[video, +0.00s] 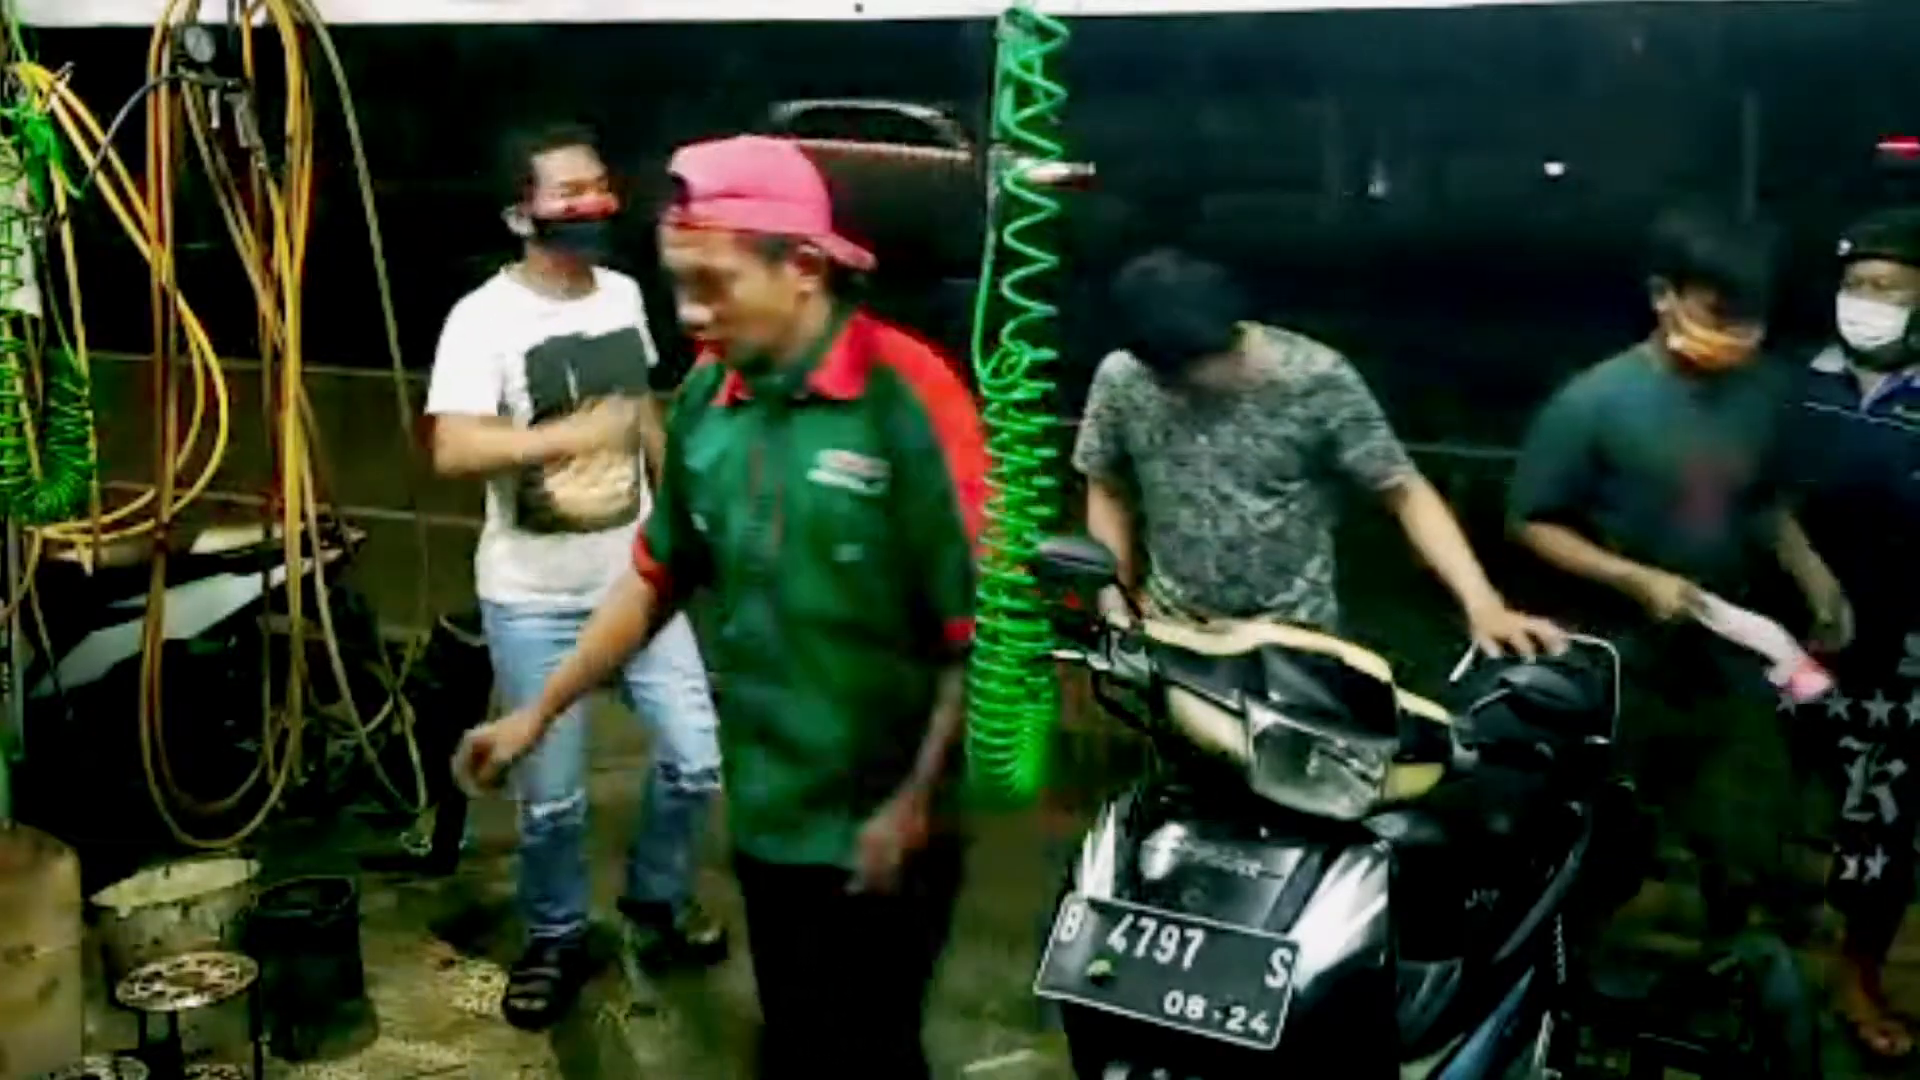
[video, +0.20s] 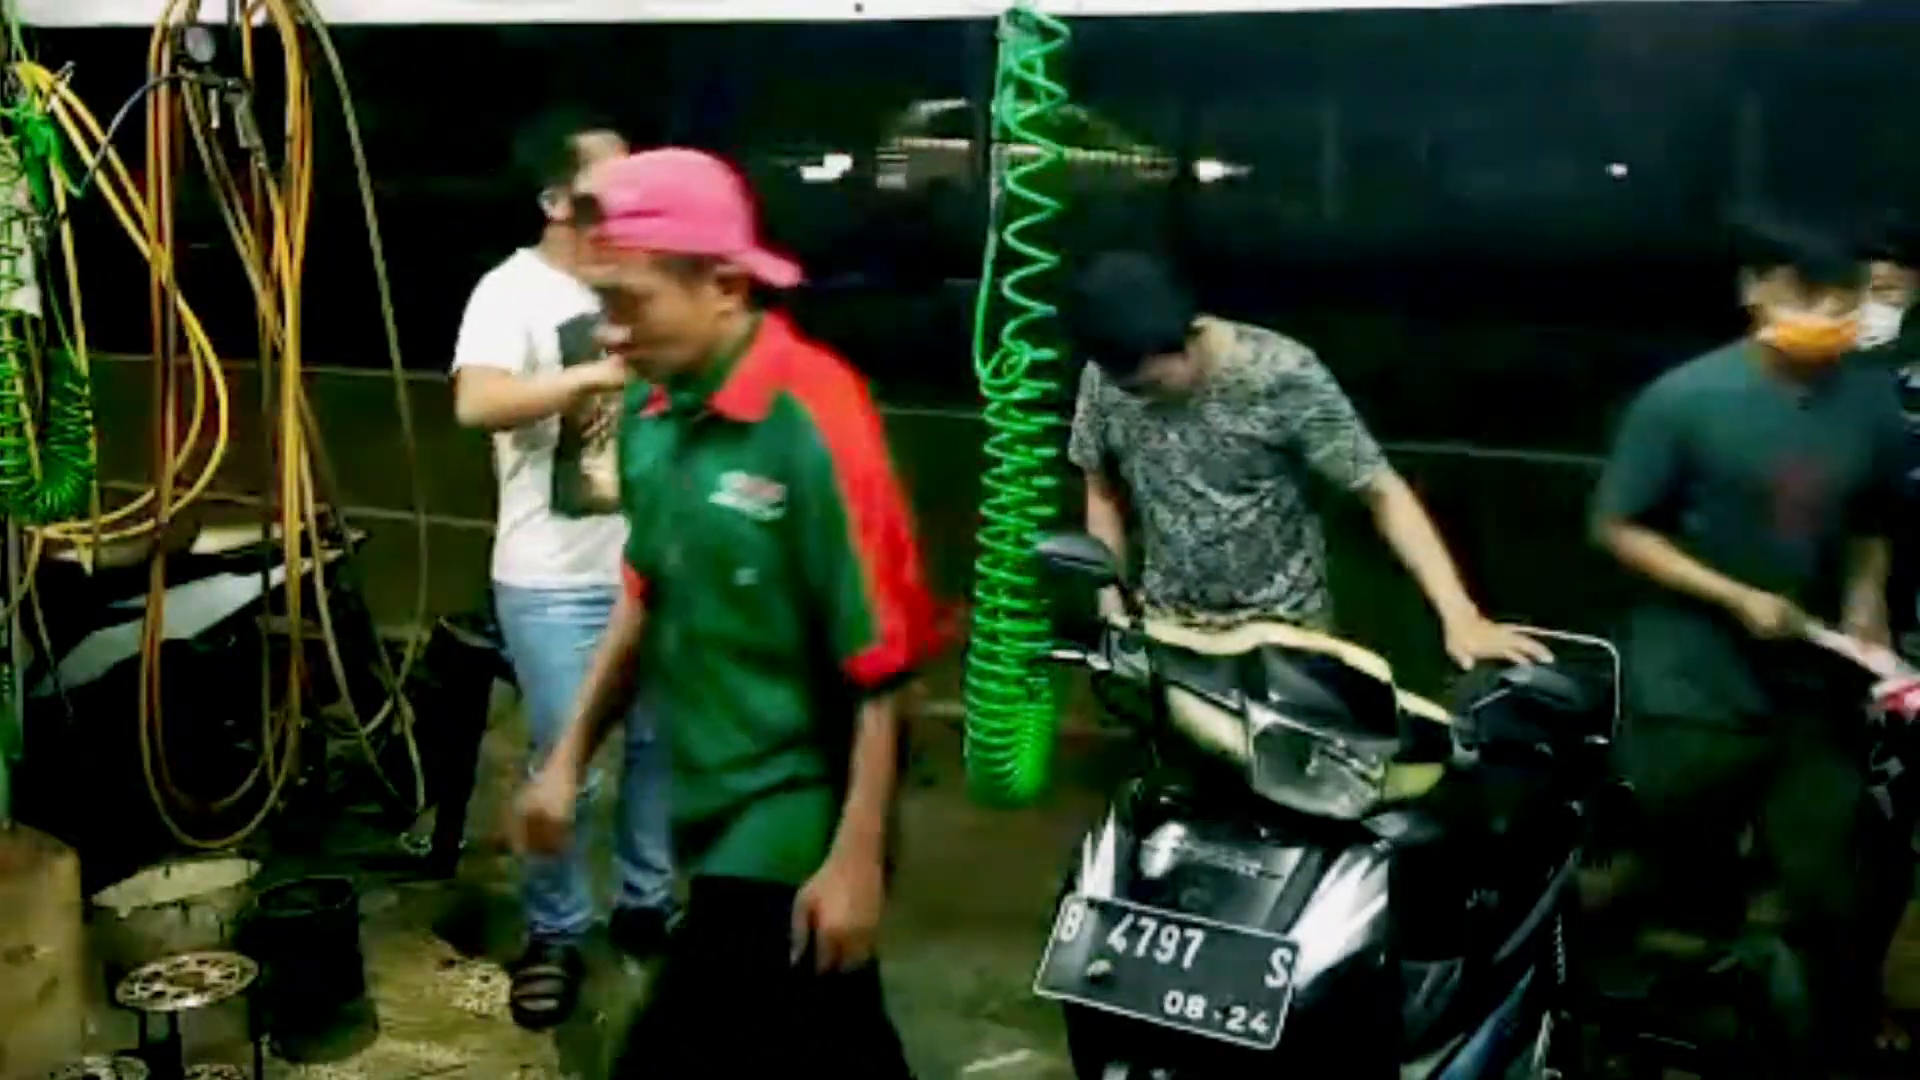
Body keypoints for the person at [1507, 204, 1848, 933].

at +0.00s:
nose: (1734, 343)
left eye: (1747, 324)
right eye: (1716, 321)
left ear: (1765, 317)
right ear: (1664, 301)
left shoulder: (1758, 397)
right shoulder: (1595, 402)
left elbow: (1763, 506)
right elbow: (1530, 523)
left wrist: (1815, 581)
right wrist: (1637, 580)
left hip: (1729, 667)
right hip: (1623, 669)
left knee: (1744, 843)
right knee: (1615, 845)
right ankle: (1567, 979)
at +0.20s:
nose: (1831, 321)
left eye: (1842, 300)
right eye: (1809, 300)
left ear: (1860, 301)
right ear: (1757, 292)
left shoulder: (1868, 405)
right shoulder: (1685, 399)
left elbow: (1871, 533)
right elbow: (1616, 525)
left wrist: (1861, 619)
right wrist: (1737, 596)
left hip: (1813, 709)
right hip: (1690, 700)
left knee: (1834, 898)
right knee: (1678, 900)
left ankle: (1829, 1055)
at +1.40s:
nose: (1850, 293)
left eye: (1878, 267)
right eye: (1823, 266)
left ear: (1911, 266)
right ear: (1784, 260)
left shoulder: (1915, 385)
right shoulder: (1743, 389)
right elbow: (1726, 505)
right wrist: (1679, 563)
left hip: (1894, 748)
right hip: (1771, 736)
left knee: (1898, 1005)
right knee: (1784, 987)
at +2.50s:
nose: (1894, 333)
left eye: (1911, 314)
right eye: (1893, 308)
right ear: (1867, 314)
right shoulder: (1843, 411)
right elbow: (1844, 521)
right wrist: (1770, 609)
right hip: (1888, 740)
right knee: (1869, 925)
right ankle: (1851, 1028)